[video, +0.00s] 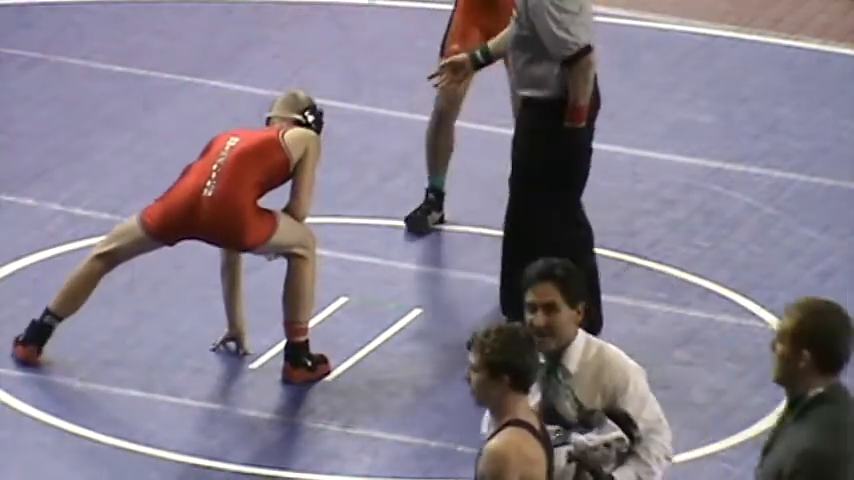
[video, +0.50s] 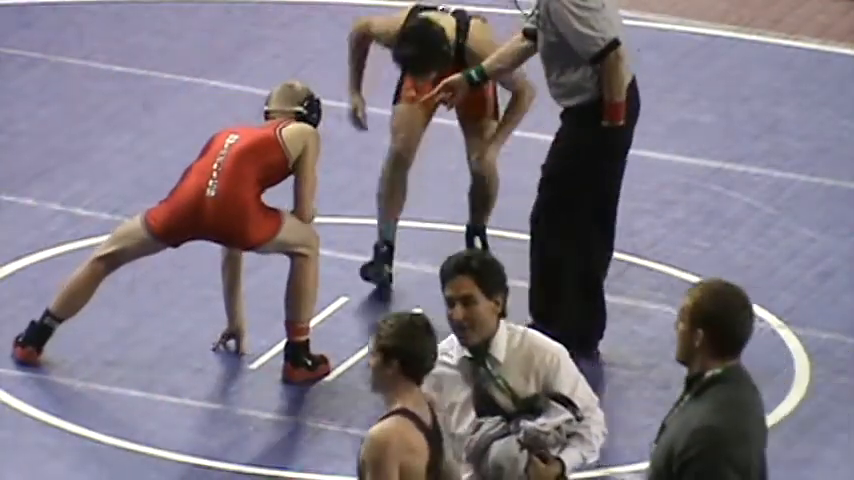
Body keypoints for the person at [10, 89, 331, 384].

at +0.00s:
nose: (315, 139)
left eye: (315, 134)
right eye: (316, 132)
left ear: (272, 119)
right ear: (308, 124)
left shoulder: (230, 139)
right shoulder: (306, 138)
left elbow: (231, 252)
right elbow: (298, 213)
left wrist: (236, 330)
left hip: (175, 211)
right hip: (233, 221)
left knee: (103, 256)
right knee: (304, 244)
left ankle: (33, 339)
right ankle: (298, 359)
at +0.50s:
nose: (316, 130)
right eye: (316, 121)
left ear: (269, 112)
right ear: (308, 116)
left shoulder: (231, 136)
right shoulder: (306, 133)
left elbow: (232, 247)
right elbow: (306, 213)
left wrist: (235, 323)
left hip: (181, 211)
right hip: (238, 218)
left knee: (105, 259)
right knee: (308, 243)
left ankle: (32, 340)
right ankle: (299, 359)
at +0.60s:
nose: (314, 133)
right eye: (315, 123)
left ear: (270, 111)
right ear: (309, 117)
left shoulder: (231, 135)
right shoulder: (306, 135)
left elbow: (232, 248)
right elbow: (314, 216)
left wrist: (234, 323)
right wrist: (326, 204)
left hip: (182, 211)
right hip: (238, 217)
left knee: (105, 259)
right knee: (308, 243)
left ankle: (32, 340)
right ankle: (299, 359)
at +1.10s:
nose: (276, 108)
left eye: (279, 103)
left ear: (277, 109)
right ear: (317, 121)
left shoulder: (236, 130)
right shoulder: (310, 148)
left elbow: (200, 210)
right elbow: (322, 228)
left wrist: (229, 282)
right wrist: (351, 218)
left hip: (179, 209)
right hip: (235, 215)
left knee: (105, 260)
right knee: (307, 246)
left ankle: (33, 339)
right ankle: (299, 356)